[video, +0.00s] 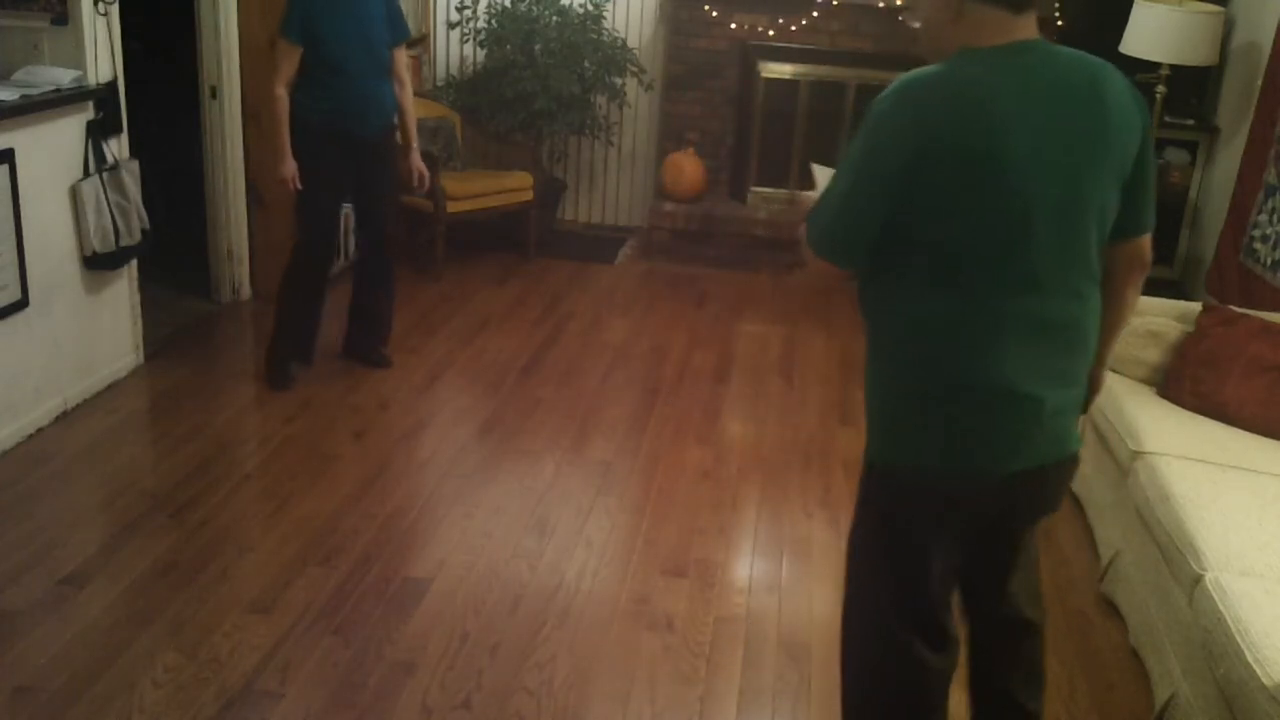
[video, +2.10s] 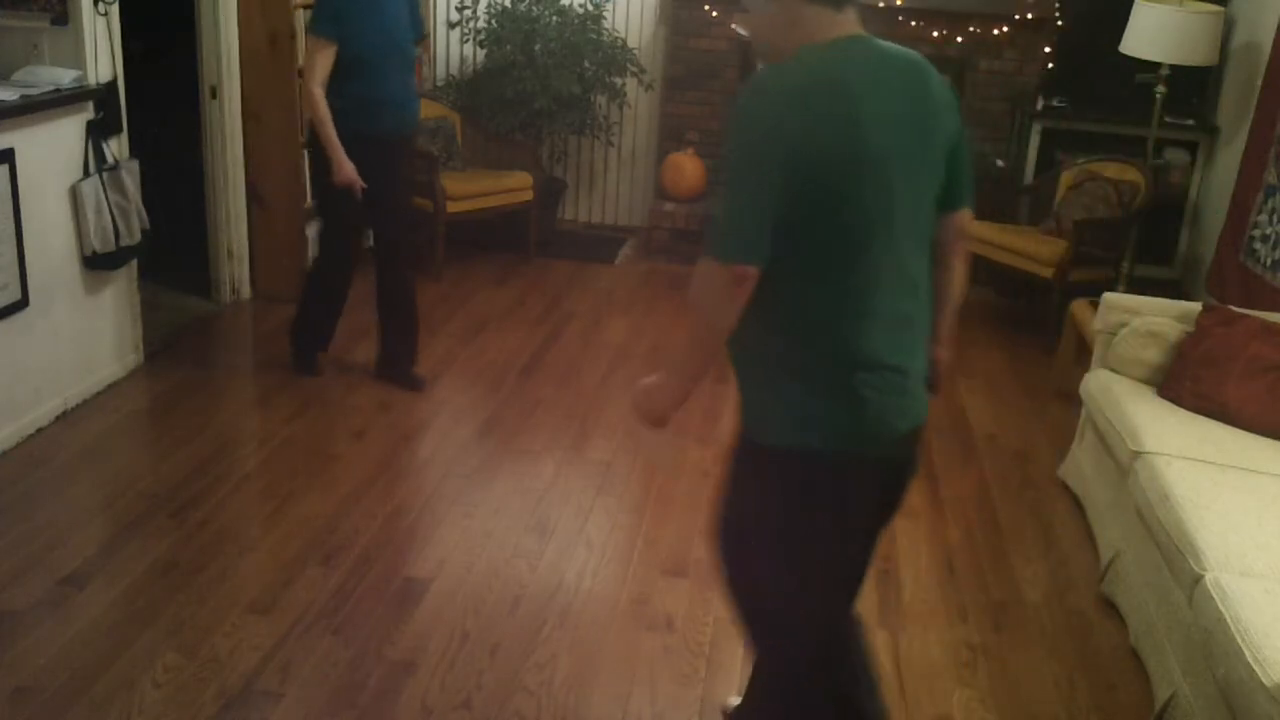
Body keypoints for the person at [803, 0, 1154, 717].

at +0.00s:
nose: (911, 17)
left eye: (918, 5)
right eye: (912, 6)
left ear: (954, 6)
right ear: (1030, 7)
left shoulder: (916, 103)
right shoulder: (1113, 96)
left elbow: (831, 254)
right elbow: (1130, 260)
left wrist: (824, 205)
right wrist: (1091, 367)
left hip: (926, 441)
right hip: (1045, 438)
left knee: (897, 636)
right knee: (1009, 605)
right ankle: (1012, 711)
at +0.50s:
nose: (994, 27)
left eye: (999, 12)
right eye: (994, 13)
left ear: (1033, 11)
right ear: (1101, 13)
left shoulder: (1018, 110)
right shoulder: (1182, 94)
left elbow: (956, 274)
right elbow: (1200, 233)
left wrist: (901, 275)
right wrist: (1175, 328)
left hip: (1004, 439)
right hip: (1124, 443)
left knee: (945, 596)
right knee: (1051, 627)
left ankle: (957, 708)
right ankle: (1029, 711)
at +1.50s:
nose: (888, 35)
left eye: (893, 17)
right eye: (888, 19)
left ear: (927, 18)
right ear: (1001, 19)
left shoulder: (925, 119)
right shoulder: (1084, 113)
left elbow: (858, 294)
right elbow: (1106, 267)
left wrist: (803, 308)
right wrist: (1075, 369)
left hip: (936, 455)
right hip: (1042, 448)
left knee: (908, 660)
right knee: (1004, 647)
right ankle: (1004, 714)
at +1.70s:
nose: (840, 27)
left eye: (846, 10)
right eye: (840, 12)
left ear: (886, 11)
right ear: (952, 13)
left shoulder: (875, 107)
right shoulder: (1046, 101)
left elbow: (798, 284)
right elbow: (1074, 260)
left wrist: (744, 294)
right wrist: (1057, 380)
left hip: (905, 447)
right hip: (1004, 437)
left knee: (894, 668)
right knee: (926, 641)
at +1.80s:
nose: (819, 33)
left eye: (824, 16)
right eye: (820, 18)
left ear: (860, 12)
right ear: (927, 14)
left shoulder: (850, 108)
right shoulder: (1021, 98)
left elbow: (775, 283)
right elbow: (1053, 258)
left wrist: (728, 299)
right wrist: (1038, 379)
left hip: (884, 439)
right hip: (982, 431)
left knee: (896, 647)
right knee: (883, 614)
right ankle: (840, 704)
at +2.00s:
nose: (769, 27)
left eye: (774, 11)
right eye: (769, 14)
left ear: (804, 9)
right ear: (872, 10)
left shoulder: (798, 106)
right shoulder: (957, 94)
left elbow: (750, 282)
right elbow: (988, 251)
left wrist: (691, 367)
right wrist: (977, 363)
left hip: (828, 426)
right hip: (927, 418)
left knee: (851, 623)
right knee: (822, 609)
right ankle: (766, 712)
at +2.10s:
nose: (735, 25)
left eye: (739, 11)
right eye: (734, 13)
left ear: (776, 6)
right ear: (839, 4)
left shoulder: (776, 95)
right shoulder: (923, 80)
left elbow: (734, 269)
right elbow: (955, 228)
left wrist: (678, 377)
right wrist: (940, 341)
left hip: (801, 425)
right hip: (895, 415)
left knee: (771, 579)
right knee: (818, 588)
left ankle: (840, 705)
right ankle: (776, 704)